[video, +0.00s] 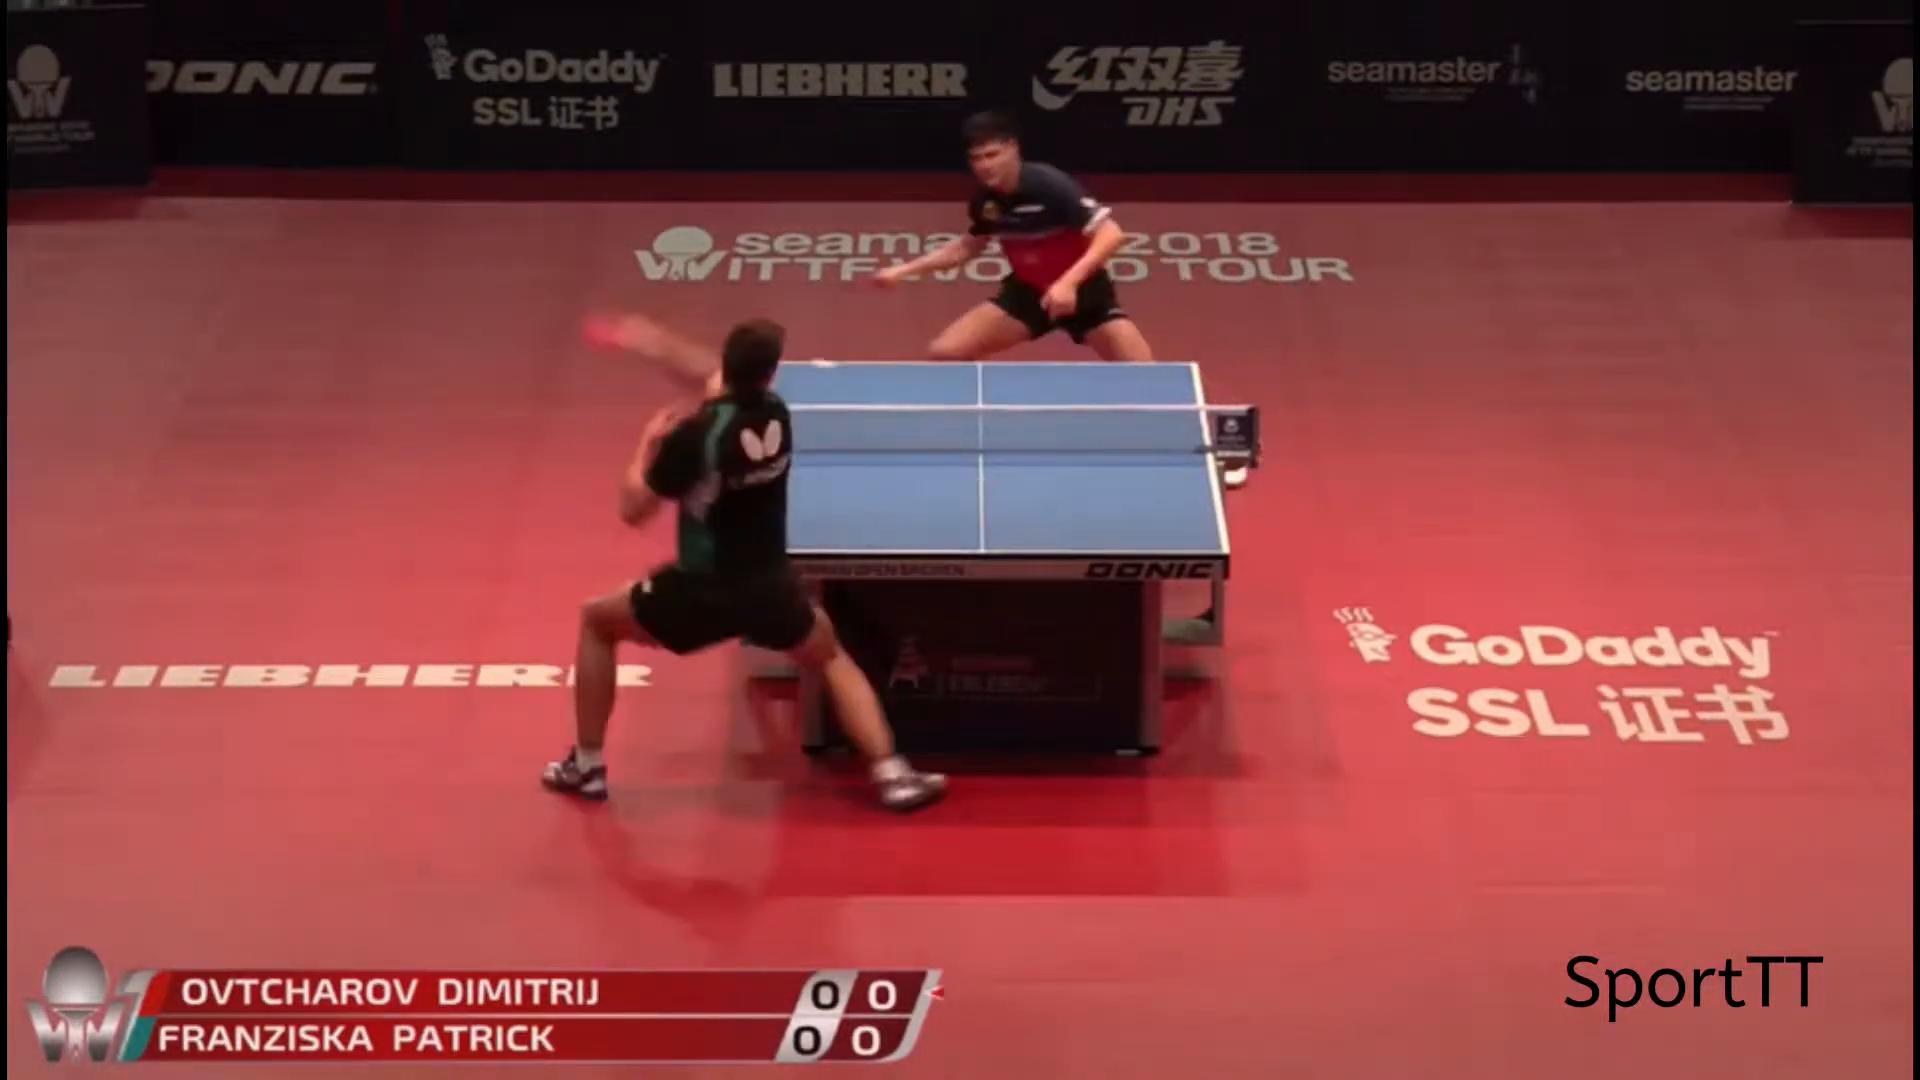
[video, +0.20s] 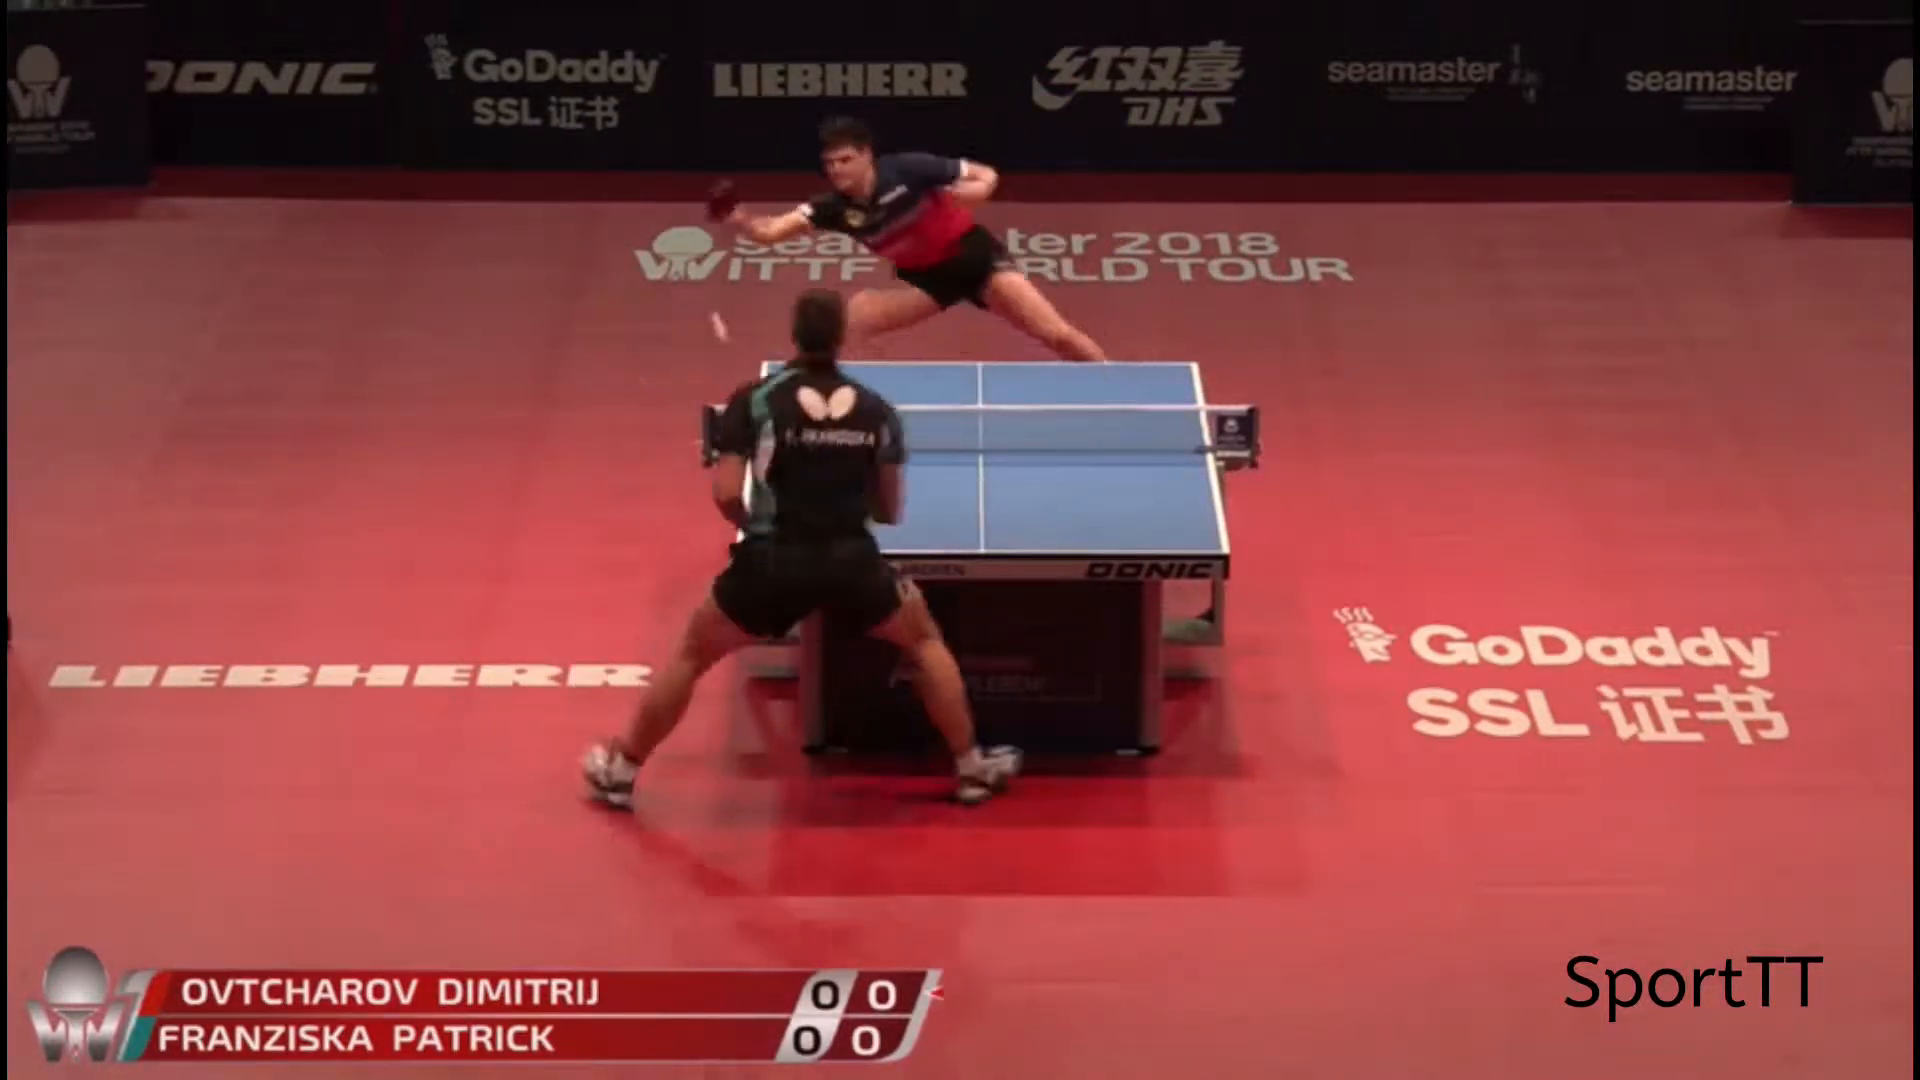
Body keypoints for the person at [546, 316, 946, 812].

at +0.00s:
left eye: (727, 355)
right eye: (767, 361)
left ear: (721, 364)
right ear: (772, 371)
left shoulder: (697, 433)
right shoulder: (777, 416)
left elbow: (635, 508)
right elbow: (714, 375)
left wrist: (648, 441)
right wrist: (656, 342)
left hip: (701, 591)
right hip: (770, 590)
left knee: (598, 621)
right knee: (831, 658)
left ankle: (587, 764)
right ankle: (891, 771)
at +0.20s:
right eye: (833, 329)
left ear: (793, 337)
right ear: (842, 340)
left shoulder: (755, 402)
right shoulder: (877, 410)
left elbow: (726, 493)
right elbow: (889, 509)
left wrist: (750, 521)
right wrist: (848, 484)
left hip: (774, 562)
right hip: (853, 562)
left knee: (693, 654)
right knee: (924, 643)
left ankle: (623, 766)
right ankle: (971, 763)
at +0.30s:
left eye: (839, 327)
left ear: (836, 337)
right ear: (888, 346)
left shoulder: (788, 401)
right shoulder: (906, 424)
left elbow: (739, 486)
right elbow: (930, 525)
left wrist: (769, 522)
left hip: (781, 559)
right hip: (865, 564)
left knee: (713, 651)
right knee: (954, 648)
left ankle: (653, 781)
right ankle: (1016, 774)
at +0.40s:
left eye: (909, 368)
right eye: (937, 374)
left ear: (896, 373)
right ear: (945, 381)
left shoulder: (844, 427)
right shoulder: (954, 451)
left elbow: (787, 515)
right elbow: (964, 558)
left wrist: (800, 564)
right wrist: (913, 561)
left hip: (819, 588)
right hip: (896, 597)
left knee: (743, 686)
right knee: (1006, 680)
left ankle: (651, 804)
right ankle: (1048, 829)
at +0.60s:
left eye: (929, 344)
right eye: (952, 348)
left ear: (917, 352)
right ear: (966, 361)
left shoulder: (873, 409)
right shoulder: (990, 435)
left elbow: (827, 497)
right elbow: (993, 542)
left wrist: (830, 538)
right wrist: (945, 547)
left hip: (856, 580)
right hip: (940, 588)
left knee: (764, 690)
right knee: (1027, 676)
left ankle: (676, 805)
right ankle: (1052, 825)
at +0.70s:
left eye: (892, 287)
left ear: (891, 296)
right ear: (945, 297)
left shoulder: (853, 360)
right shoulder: (975, 367)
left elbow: (827, 449)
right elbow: (1015, 473)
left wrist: (855, 482)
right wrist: (1008, 535)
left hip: (861, 536)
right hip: (943, 540)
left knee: (818, 674)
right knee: (996, 679)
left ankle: (790, 823)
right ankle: (1030, 833)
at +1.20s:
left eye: (803, 297)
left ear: (800, 305)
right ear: (855, 301)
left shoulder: (773, 381)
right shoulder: (893, 377)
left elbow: (753, 469)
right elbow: (933, 474)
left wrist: (793, 481)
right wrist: (922, 502)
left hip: (800, 560)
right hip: (877, 555)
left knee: (796, 708)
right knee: (927, 696)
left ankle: (806, 850)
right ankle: (960, 841)